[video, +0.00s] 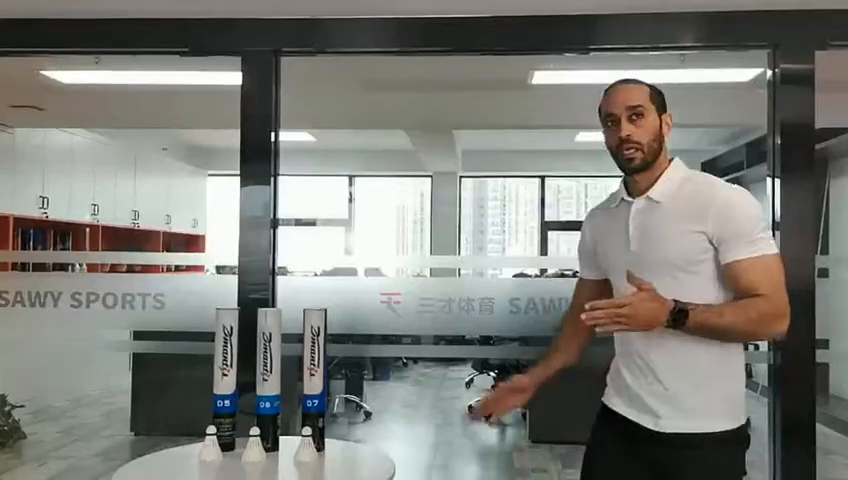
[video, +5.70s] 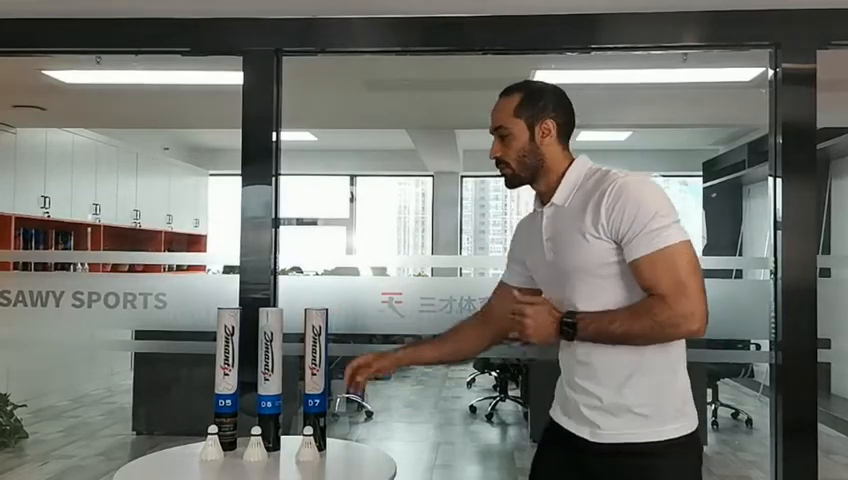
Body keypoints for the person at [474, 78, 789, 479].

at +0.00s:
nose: (623, 133)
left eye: (636, 117)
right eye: (612, 123)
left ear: (665, 124)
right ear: (604, 136)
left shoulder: (726, 204)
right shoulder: (599, 222)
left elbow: (773, 316)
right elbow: (582, 320)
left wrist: (671, 314)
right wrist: (530, 379)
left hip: (707, 434)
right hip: (622, 426)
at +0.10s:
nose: (610, 137)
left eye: (623, 121)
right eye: (601, 127)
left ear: (658, 126)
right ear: (596, 137)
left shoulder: (718, 205)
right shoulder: (596, 224)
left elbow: (750, 320)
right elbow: (572, 321)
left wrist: (641, 304)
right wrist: (508, 342)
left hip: (700, 434)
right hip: (618, 424)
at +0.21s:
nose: (585, 144)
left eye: (598, 128)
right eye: (583, 133)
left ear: (641, 127)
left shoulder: (706, 208)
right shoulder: (591, 223)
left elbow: (719, 325)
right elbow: (561, 324)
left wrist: (605, 302)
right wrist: (483, 323)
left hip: (687, 436)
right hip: (605, 427)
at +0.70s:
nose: (545, 137)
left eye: (557, 123)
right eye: (535, 130)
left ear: (588, 129)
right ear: (530, 143)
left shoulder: (644, 204)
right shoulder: (536, 229)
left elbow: (661, 319)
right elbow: (524, 330)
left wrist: (551, 313)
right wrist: (442, 346)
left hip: (630, 423)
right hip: (556, 422)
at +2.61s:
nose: (538, 136)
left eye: (552, 121)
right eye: (528, 127)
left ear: (582, 128)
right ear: (522, 139)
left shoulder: (629, 205)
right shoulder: (529, 226)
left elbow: (644, 323)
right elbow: (522, 327)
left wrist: (536, 317)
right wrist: (446, 326)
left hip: (609, 426)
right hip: (540, 423)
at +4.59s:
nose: (492, 169)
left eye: (500, 151)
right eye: (488, 156)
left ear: (540, 135)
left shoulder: (620, 204)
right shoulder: (510, 224)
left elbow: (658, 326)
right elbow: (495, 326)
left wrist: (543, 320)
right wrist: (411, 347)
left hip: (618, 432)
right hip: (541, 431)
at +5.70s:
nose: (493, 152)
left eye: (502, 136)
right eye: (493, 138)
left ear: (546, 131)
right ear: (540, 135)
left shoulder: (628, 195)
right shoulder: (530, 231)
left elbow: (685, 313)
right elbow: (490, 324)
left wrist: (566, 325)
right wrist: (397, 358)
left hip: (653, 442)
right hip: (569, 433)